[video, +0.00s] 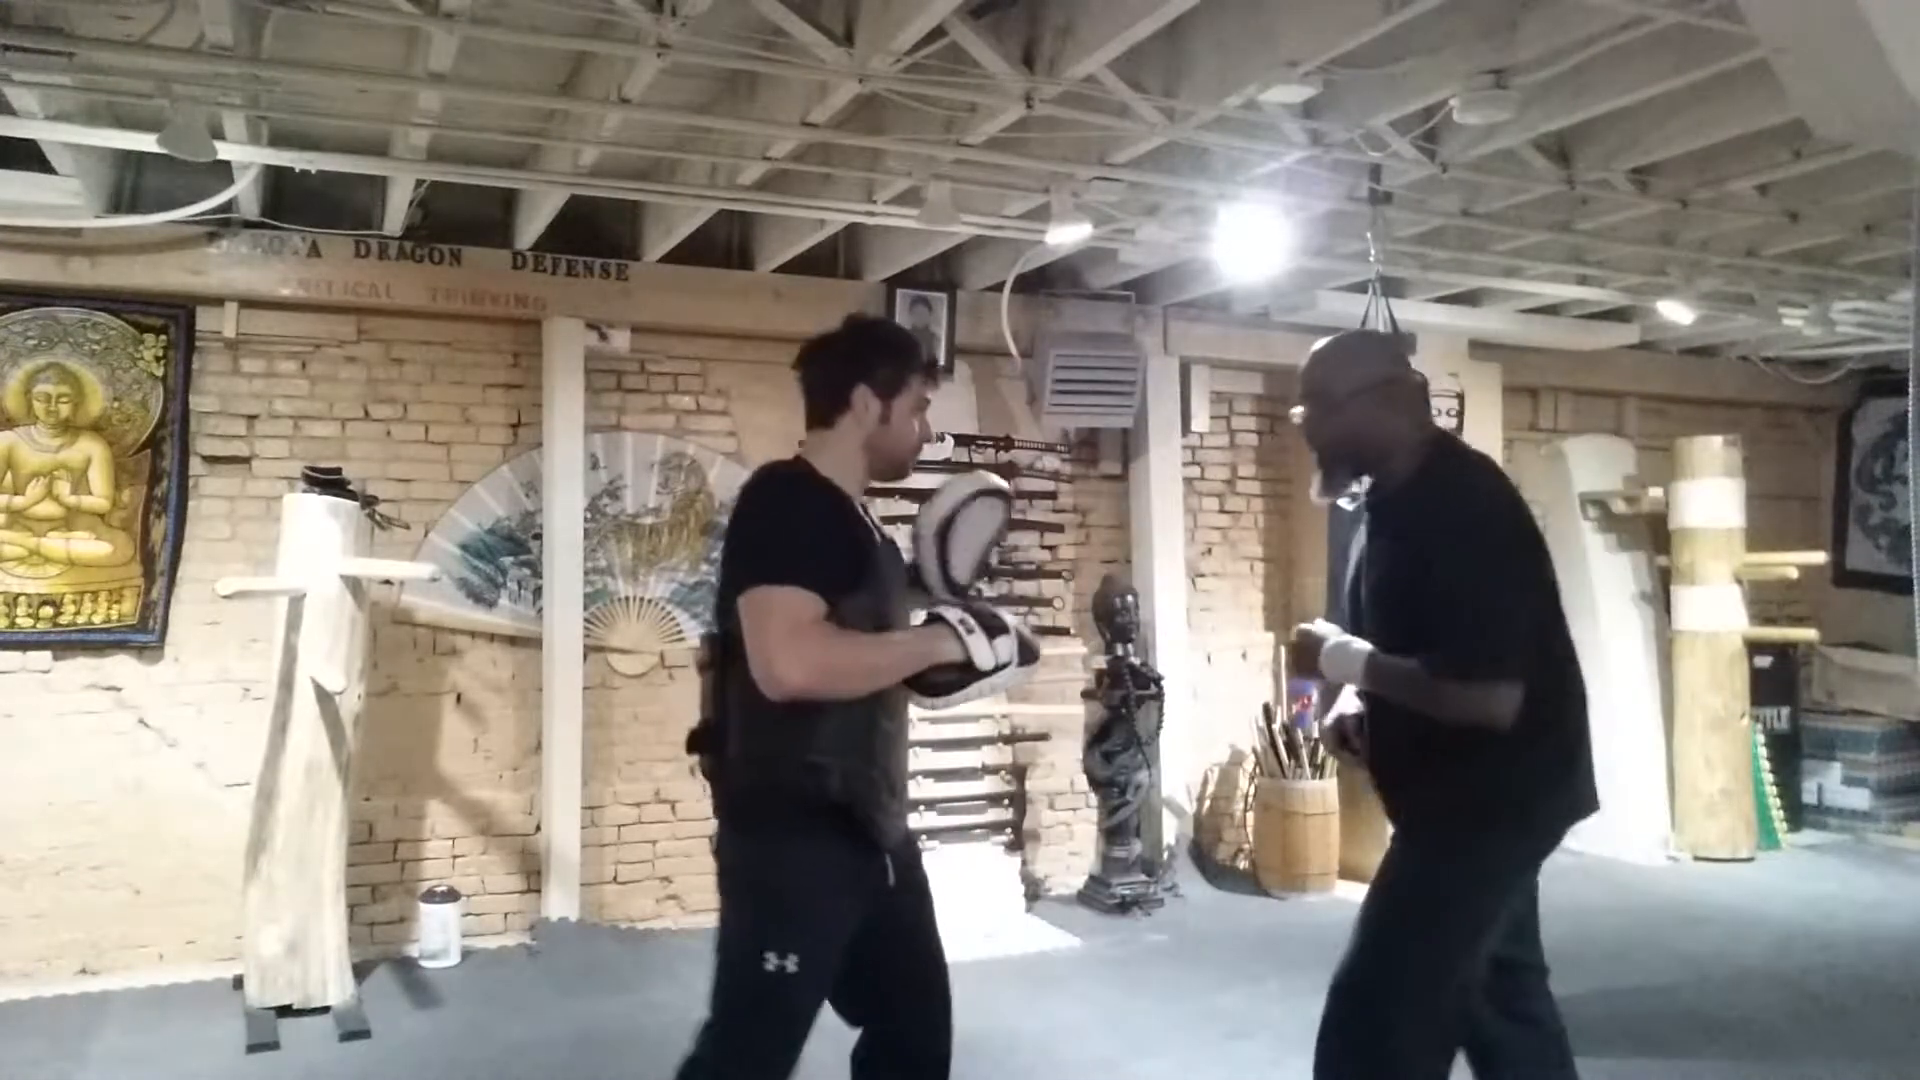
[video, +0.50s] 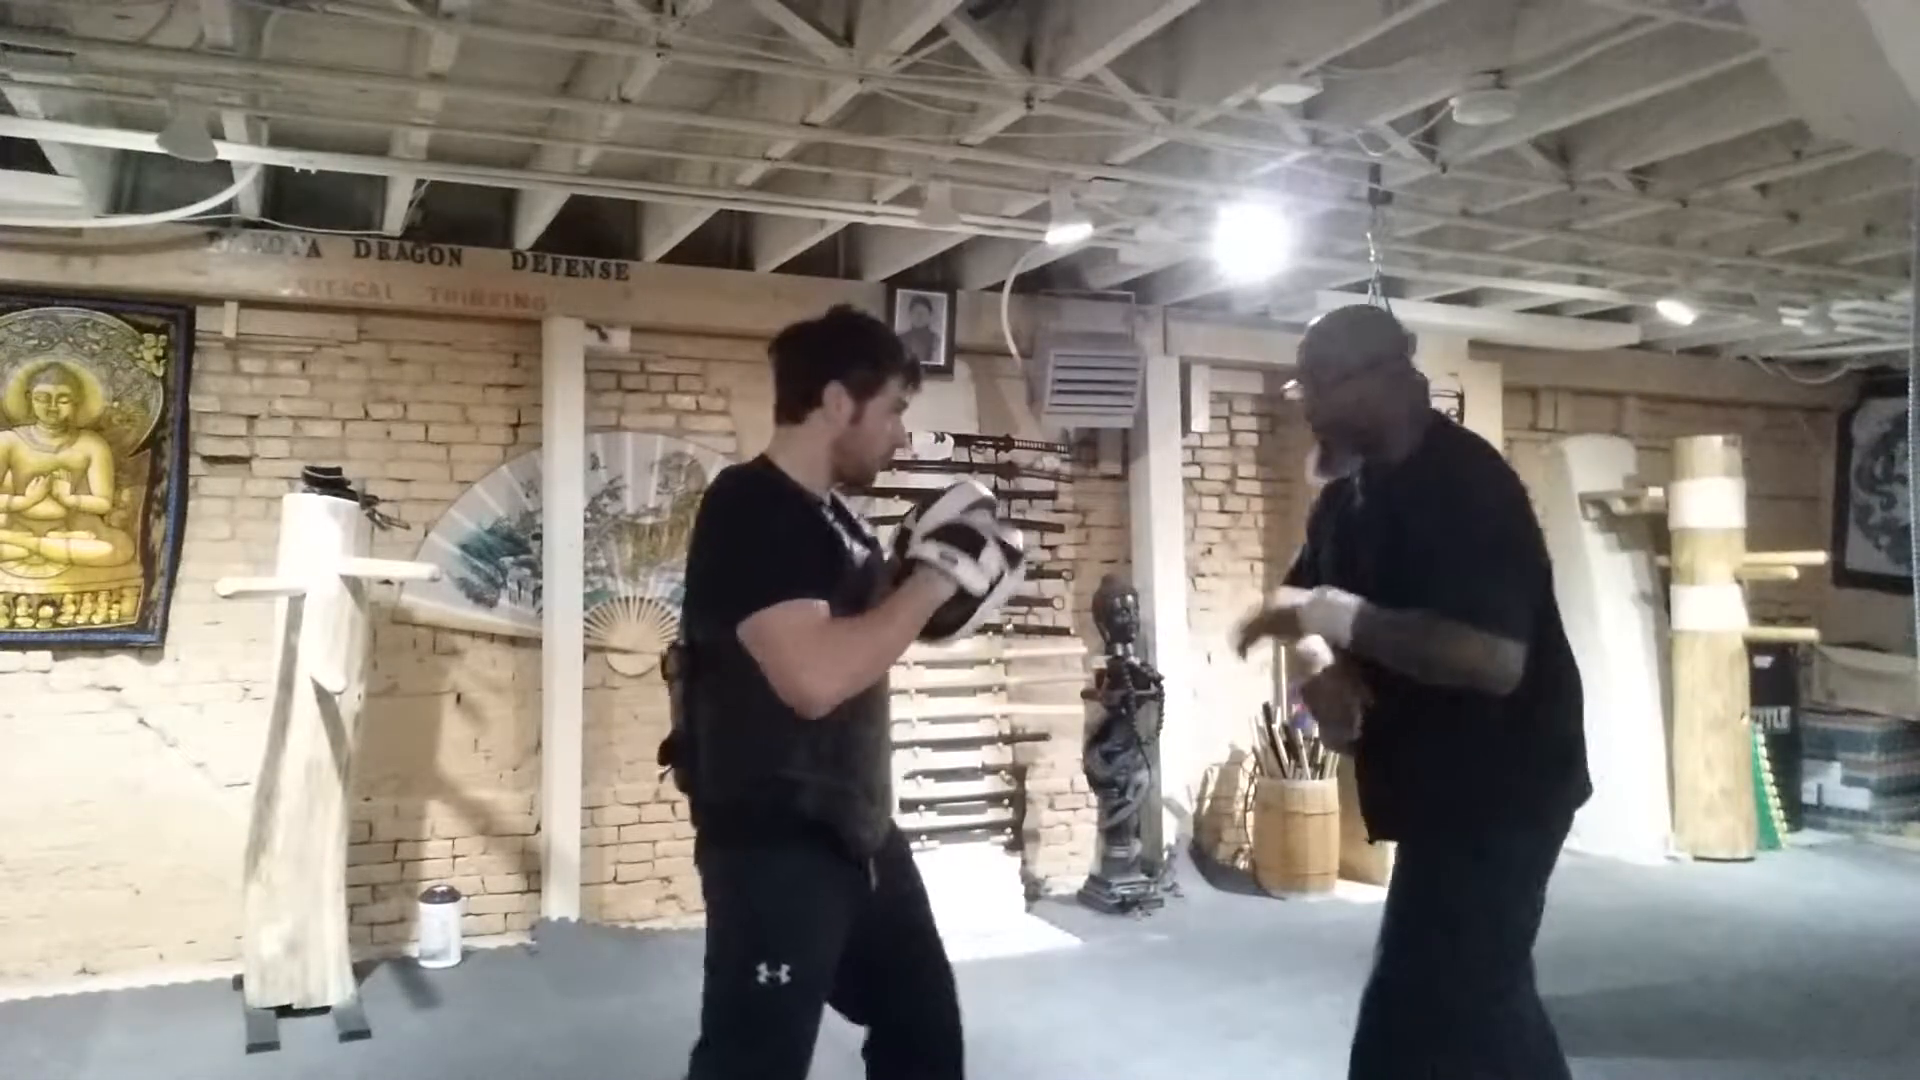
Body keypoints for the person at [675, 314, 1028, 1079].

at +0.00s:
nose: (928, 429)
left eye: (926, 409)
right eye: (919, 407)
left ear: (868, 404)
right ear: (867, 402)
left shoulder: (863, 530)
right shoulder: (786, 497)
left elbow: (841, 653)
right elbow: (787, 661)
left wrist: (932, 616)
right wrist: (939, 645)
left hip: (870, 831)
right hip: (790, 832)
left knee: (913, 1037)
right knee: (747, 1054)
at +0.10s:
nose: (935, 432)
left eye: (934, 413)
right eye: (926, 410)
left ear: (874, 406)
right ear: (873, 403)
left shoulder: (862, 523)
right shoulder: (790, 498)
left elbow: (932, 649)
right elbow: (809, 657)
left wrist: (984, 604)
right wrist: (959, 613)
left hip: (867, 823)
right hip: (792, 827)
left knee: (907, 1042)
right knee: (781, 1053)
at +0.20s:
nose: (928, 426)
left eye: (930, 406)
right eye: (921, 402)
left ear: (861, 396)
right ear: (862, 392)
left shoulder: (858, 511)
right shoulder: (779, 487)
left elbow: (897, 613)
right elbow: (837, 639)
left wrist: (990, 585)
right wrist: (964, 564)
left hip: (866, 822)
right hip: (788, 824)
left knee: (890, 1052)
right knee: (777, 1050)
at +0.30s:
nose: (913, 433)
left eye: (914, 412)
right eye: (905, 408)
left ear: (845, 404)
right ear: (847, 400)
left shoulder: (843, 517)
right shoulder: (759, 497)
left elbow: (872, 623)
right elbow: (856, 638)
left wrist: (963, 563)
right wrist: (954, 541)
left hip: (857, 834)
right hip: (775, 836)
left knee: (896, 1021)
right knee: (761, 1050)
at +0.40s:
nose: (902, 440)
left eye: (902, 421)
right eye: (894, 417)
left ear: (832, 413)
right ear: (833, 410)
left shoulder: (829, 527)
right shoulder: (742, 513)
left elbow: (877, 610)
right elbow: (845, 665)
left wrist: (953, 556)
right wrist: (940, 554)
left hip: (849, 835)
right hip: (766, 846)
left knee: (926, 1008)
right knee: (762, 1064)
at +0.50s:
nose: (902, 435)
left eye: (903, 414)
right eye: (894, 410)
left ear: (833, 404)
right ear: (835, 402)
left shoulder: (838, 520)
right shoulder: (748, 507)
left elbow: (847, 633)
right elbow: (812, 676)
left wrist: (936, 581)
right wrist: (932, 580)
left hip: (858, 837)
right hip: (771, 845)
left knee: (922, 1032)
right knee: (752, 1061)